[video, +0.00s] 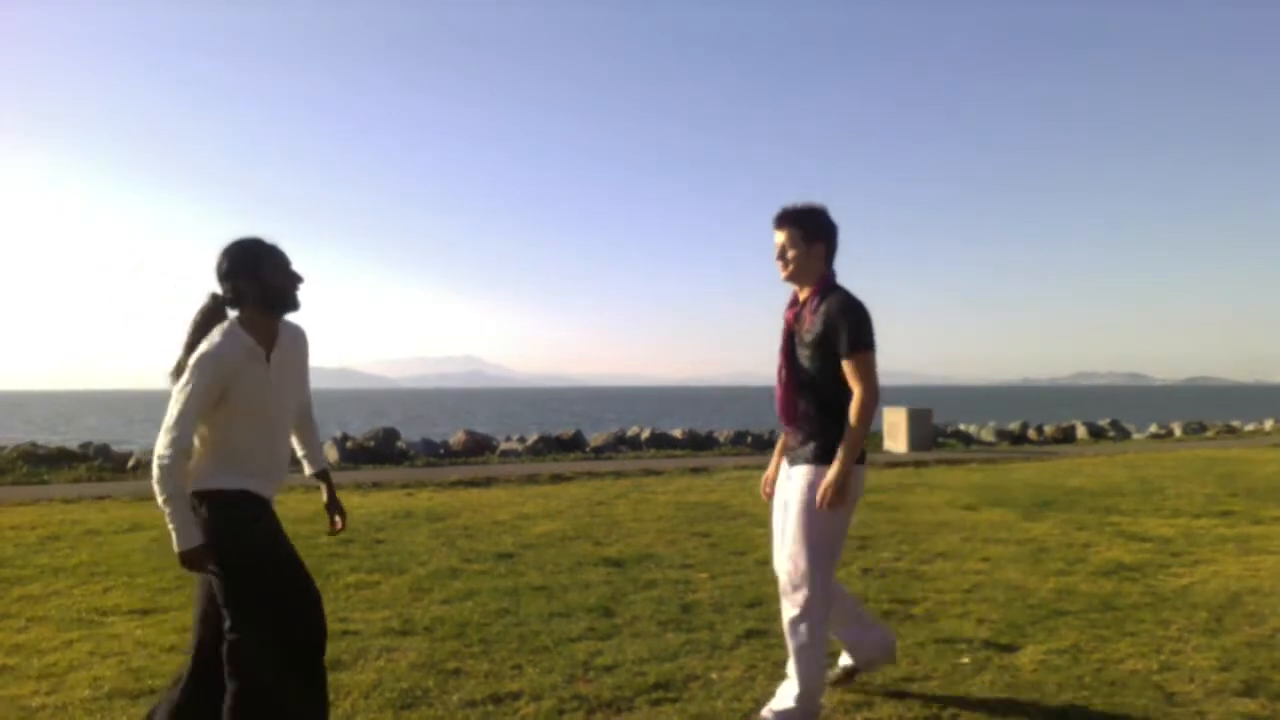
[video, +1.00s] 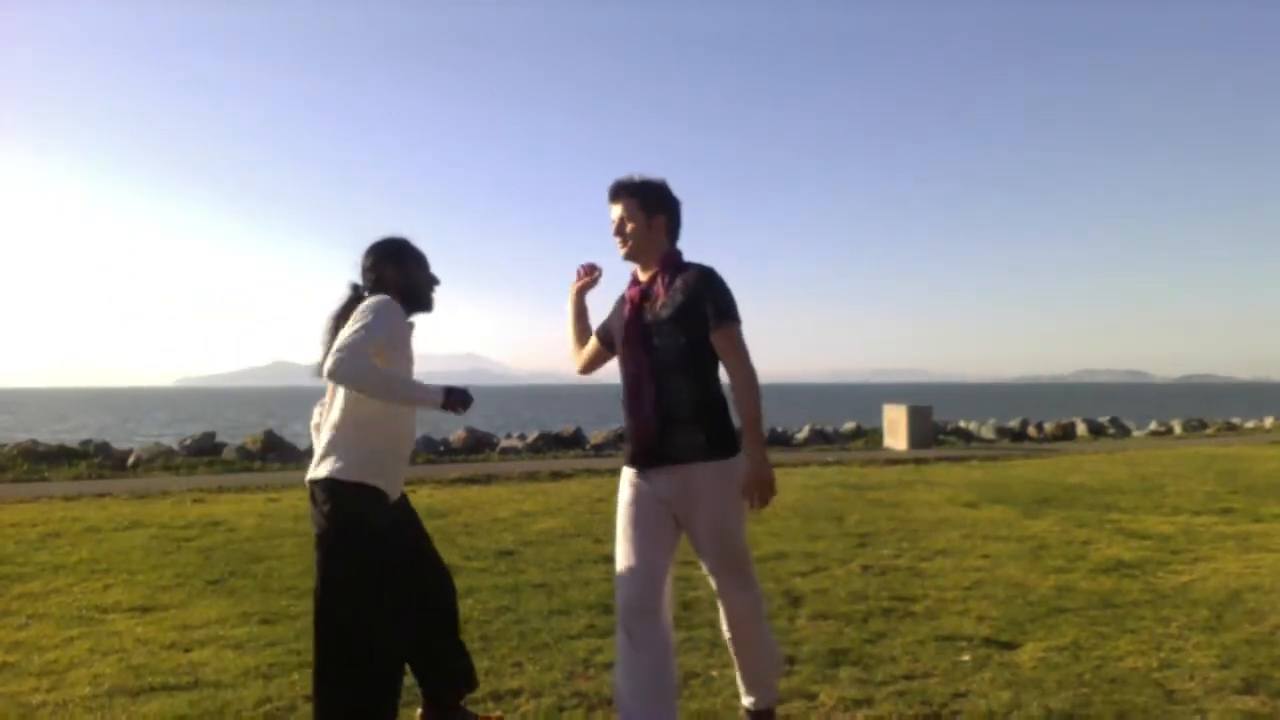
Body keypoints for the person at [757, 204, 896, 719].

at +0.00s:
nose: (780, 258)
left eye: (788, 249)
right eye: (777, 250)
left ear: (821, 249)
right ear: (783, 253)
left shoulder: (843, 309)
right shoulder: (796, 309)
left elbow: (866, 391)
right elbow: (802, 397)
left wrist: (843, 466)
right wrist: (777, 458)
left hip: (824, 461)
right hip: (793, 459)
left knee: (803, 579)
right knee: (790, 570)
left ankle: (800, 697)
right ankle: (868, 641)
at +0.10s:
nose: (766, 255)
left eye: (775, 246)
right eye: (763, 247)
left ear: (807, 246)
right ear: (771, 251)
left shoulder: (827, 304)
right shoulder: (785, 305)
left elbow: (835, 389)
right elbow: (792, 382)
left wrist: (803, 458)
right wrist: (779, 446)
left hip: (812, 462)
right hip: (776, 456)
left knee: (796, 582)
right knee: (758, 565)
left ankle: (800, 699)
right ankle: (790, 664)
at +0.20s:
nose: (755, 257)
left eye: (763, 247)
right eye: (752, 249)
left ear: (797, 246)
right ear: (758, 251)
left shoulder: (814, 304)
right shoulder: (776, 305)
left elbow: (811, 383)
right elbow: (783, 383)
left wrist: (765, 448)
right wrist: (768, 445)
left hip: (802, 461)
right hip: (768, 457)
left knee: (788, 585)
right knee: (727, 567)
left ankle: (802, 699)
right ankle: (721, 686)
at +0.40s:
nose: (733, 256)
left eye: (742, 247)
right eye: (730, 248)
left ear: (775, 246)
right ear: (737, 251)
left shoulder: (793, 304)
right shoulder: (753, 305)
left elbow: (780, 381)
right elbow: (755, 385)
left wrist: (720, 439)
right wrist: (733, 442)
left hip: (781, 468)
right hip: (736, 461)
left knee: (779, 591)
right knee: (684, 574)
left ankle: (798, 702)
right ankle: (635, 691)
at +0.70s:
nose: (682, 255)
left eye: (691, 245)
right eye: (680, 247)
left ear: (725, 248)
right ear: (686, 252)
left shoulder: (751, 308)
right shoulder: (698, 314)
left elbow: (754, 397)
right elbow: (702, 402)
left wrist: (730, 475)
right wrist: (655, 409)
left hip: (746, 478)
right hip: (693, 477)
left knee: (761, 599)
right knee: (673, 603)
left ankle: (786, 704)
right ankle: (659, 710)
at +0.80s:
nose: (658, 251)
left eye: (668, 241)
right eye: (656, 243)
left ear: (703, 242)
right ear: (662, 248)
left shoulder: (734, 303)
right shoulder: (674, 314)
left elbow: (754, 388)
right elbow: (657, 397)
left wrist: (745, 476)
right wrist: (618, 368)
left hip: (728, 482)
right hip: (672, 483)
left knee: (751, 602)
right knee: (658, 607)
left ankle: (779, 702)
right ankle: (653, 714)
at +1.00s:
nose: (617, 234)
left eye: (626, 223)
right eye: (614, 225)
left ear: (661, 223)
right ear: (623, 231)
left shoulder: (700, 285)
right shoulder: (631, 301)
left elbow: (740, 369)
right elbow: (585, 360)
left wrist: (756, 453)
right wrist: (578, 299)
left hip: (708, 466)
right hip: (645, 470)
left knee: (734, 588)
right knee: (636, 600)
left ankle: (759, 701)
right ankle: (645, 713)